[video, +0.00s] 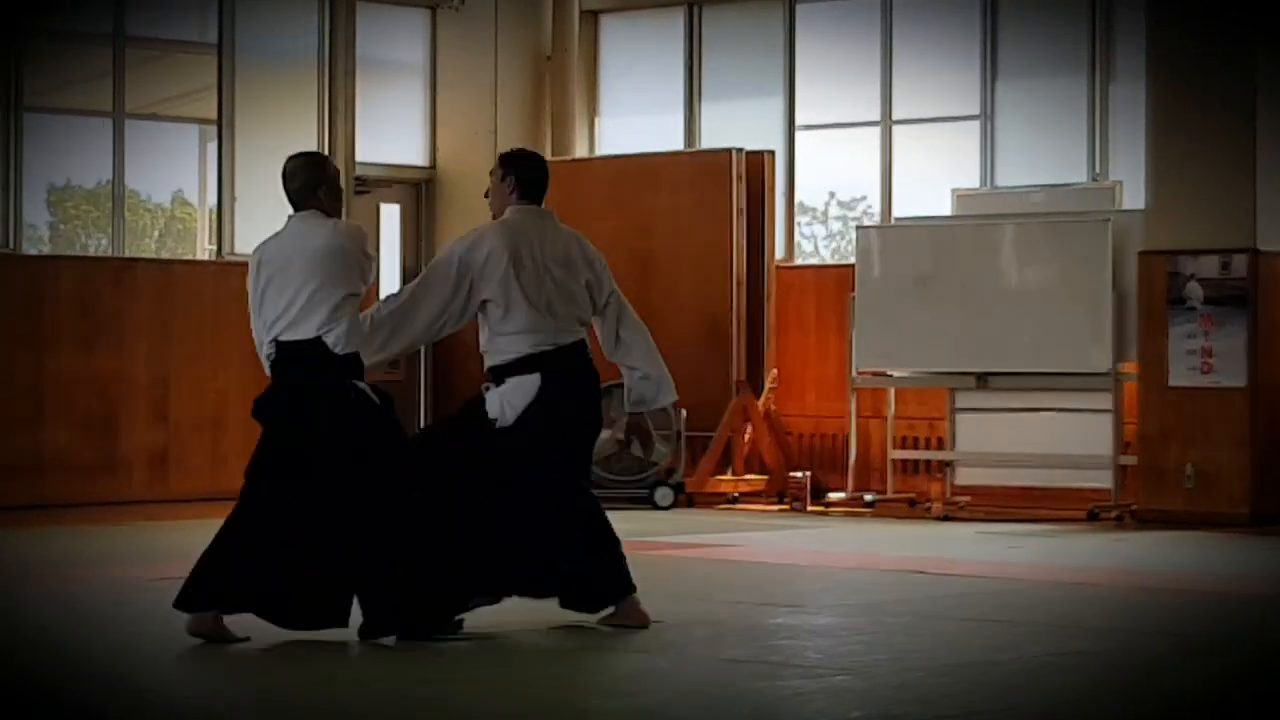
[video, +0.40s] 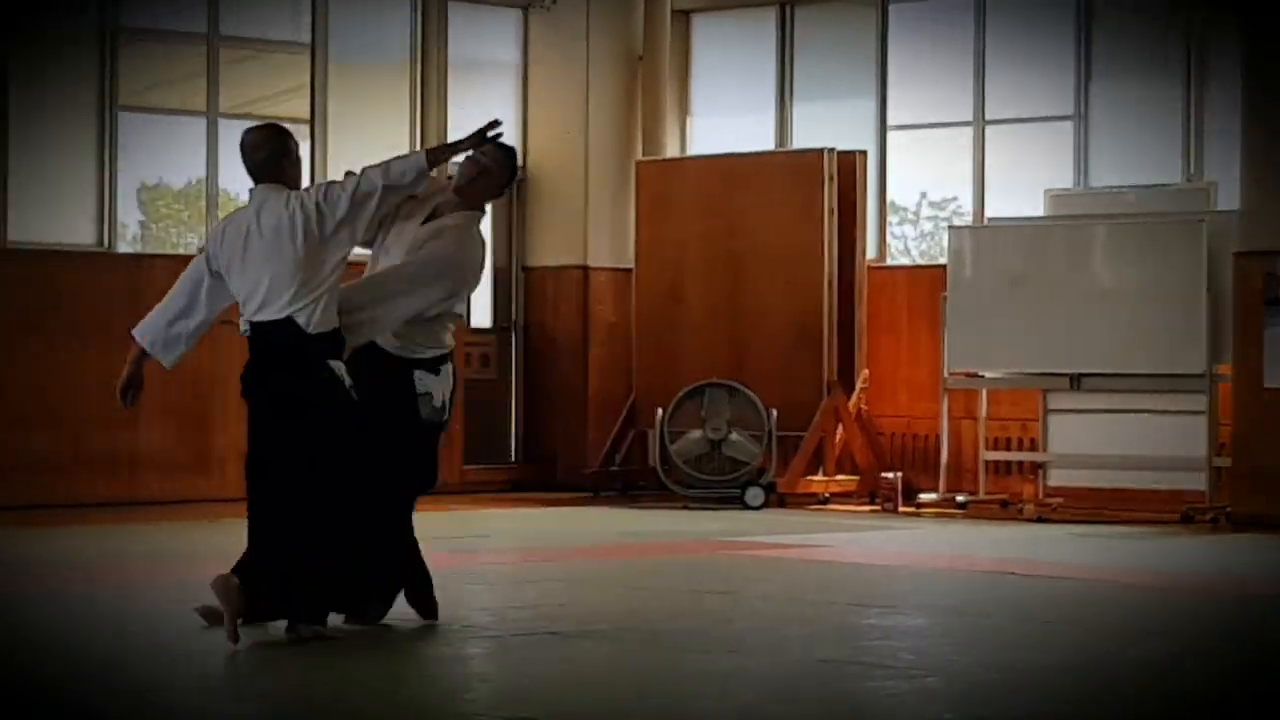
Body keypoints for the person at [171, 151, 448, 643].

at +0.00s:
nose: (342, 193)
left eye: (338, 184)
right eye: (338, 185)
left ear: (291, 196)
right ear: (327, 190)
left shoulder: (265, 252)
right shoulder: (351, 237)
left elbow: (261, 330)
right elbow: (363, 290)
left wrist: (281, 375)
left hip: (287, 385)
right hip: (338, 384)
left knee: (260, 497)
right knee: (381, 491)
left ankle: (206, 606)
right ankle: (387, 611)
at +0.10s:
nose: (314, 188)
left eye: (311, 181)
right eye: (311, 181)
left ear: (261, 191)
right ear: (301, 185)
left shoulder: (233, 244)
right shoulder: (322, 229)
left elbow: (229, 322)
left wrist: (238, 375)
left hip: (254, 375)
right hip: (304, 374)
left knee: (244, 495)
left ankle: (217, 617)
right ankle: (361, 606)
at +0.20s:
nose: (292, 173)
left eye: (288, 164)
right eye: (287, 165)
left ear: (240, 178)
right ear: (277, 173)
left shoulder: (218, 242)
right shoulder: (299, 216)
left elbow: (204, 322)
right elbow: (339, 199)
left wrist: (199, 391)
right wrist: (292, 196)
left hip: (249, 372)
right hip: (299, 368)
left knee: (247, 491)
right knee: (319, 483)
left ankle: (235, 617)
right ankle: (300, 594)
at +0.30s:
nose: (287, 166)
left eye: (282, 158)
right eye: (282, 158)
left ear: (235, 173)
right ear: (274, 166)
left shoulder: (212, 238)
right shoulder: (298, 209)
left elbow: (183, 311)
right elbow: (351, 175)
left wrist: (155, 375)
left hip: (252, 368)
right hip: (305, 365)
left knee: (256, 485)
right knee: (316, 481)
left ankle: (259, 612)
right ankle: (251, 584)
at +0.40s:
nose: (301, 161)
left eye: (294, 152)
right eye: (296, 153)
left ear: (248, 169)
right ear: (290, 160)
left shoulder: (228, 235)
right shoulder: (315, 206)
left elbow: (184, 299)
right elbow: (382, 178)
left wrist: (139, 353)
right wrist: (457, 146)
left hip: (262, 364)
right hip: (313, 361)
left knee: (278, 488)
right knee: (321, 487)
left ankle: (303, 615)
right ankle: (243, 583)